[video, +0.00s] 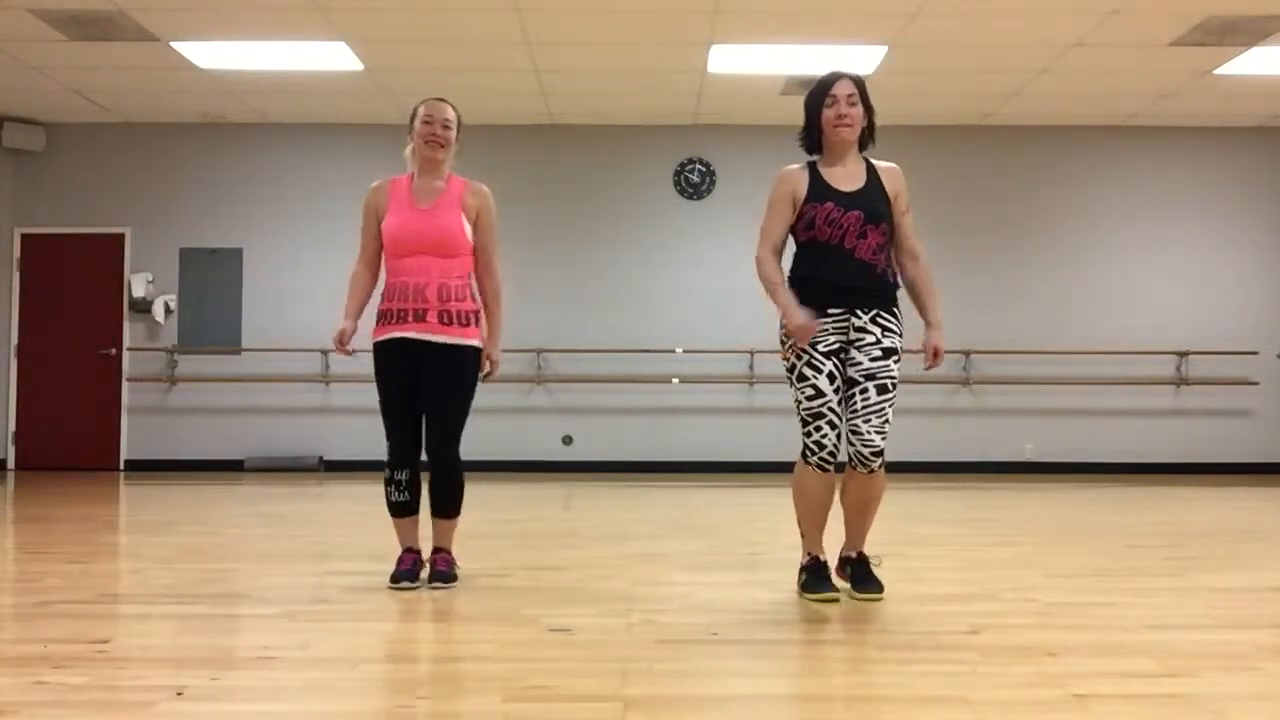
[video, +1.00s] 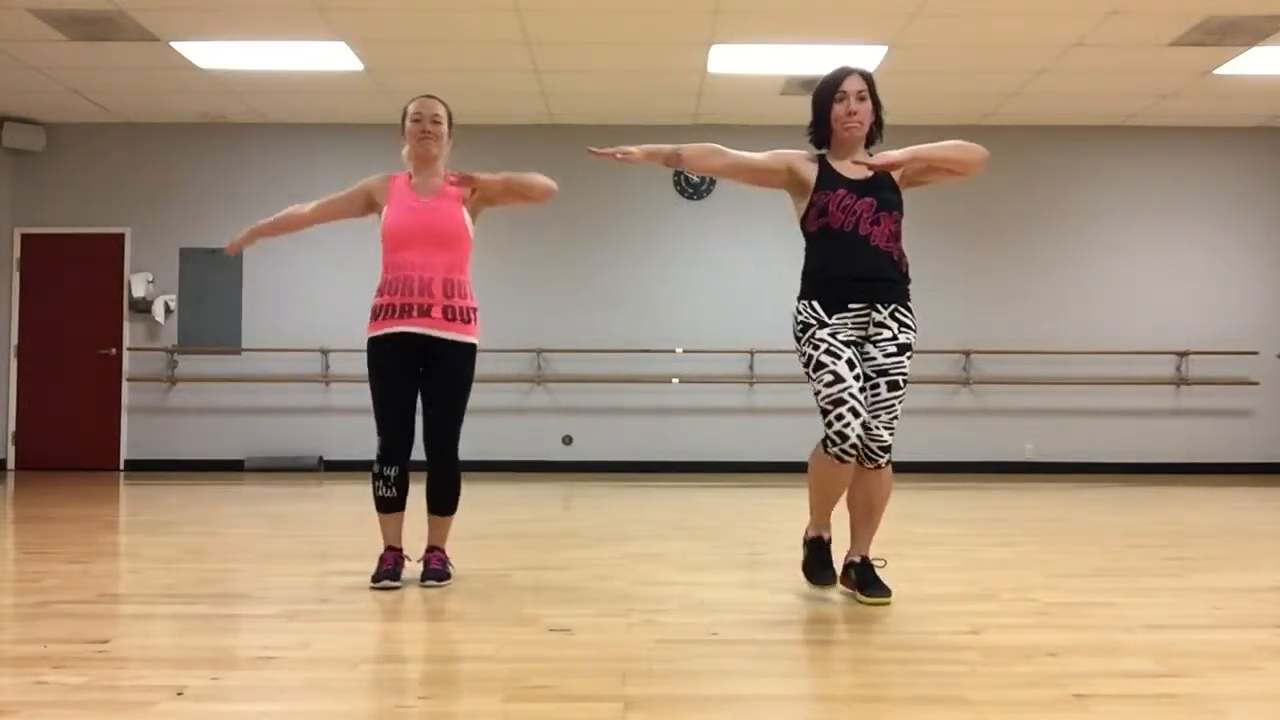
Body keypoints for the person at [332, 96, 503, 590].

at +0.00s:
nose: (436, 130)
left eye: (445, 124)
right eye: (428, 122)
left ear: (456, 140)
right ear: (410, 134)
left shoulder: (475, 198)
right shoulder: (382, 195)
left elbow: (488, 272)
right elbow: (367, 265)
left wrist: (494, 338)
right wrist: (350, 317)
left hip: (457, 339)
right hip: (396, 337)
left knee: (443, 448)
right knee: (402, 448)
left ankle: (443, 552)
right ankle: (409, 551)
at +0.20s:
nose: (435, 129)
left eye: (445, 124)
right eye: (427, 121)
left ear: (456, 138)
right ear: (410, 134)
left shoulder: (476, 196)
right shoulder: (382, 198)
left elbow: (496, 268)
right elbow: (370, 268)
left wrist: (503, 331)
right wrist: (357, 330)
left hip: (459, 338)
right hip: (397, 337)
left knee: (449, 447)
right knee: (388, 443)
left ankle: (443, 551)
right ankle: (399, 536)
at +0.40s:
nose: (429, 130)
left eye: (439, 125)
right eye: (421, 123)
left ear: (451, 139)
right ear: (404, 134)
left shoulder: (469, 196)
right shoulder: (377, 198)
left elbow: (485, 270)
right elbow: (366, 271)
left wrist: (499, 330)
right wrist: (357, 337)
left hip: (453, 340)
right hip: (391, 340)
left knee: (448, 449)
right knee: (392, 450)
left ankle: (443, 553)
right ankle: (390, 551)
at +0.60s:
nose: (422, 128)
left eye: (432, 123)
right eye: (413, 120)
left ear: (444, 138)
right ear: (397, 132)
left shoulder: (463, 194)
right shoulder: (373, 192)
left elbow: (505, 241)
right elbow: (326, 246)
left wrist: (515, 255)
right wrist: (276, 279)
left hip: (447, 336)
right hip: (388, 335)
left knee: (433, 441)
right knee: (390, 447)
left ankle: (438, 544)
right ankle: (392, 552)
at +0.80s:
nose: (422, 132)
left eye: (432, 126)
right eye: (413, 125)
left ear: (445, 141)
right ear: (398, 139)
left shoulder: (463, 193)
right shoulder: (377, 192)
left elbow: (542, 201)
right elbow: (303, 218)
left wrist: (491, 189)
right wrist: (230, 232)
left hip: (448, 339)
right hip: (388, 337)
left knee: (431, 447)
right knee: (390, 448)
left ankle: (438, 550)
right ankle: (391, 553)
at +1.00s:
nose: (426, 125)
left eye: (436, 119)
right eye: (417, 118)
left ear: (449, 135)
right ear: (403, 133)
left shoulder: (470, 190)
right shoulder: (383, 187)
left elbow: (546, 188)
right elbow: (309, 212)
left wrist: (489, 182)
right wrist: (251, 233)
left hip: (452, 334)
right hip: (392, 331)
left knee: (442, 446)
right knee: (393, 444)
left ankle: (436, 551)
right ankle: (391, 552)